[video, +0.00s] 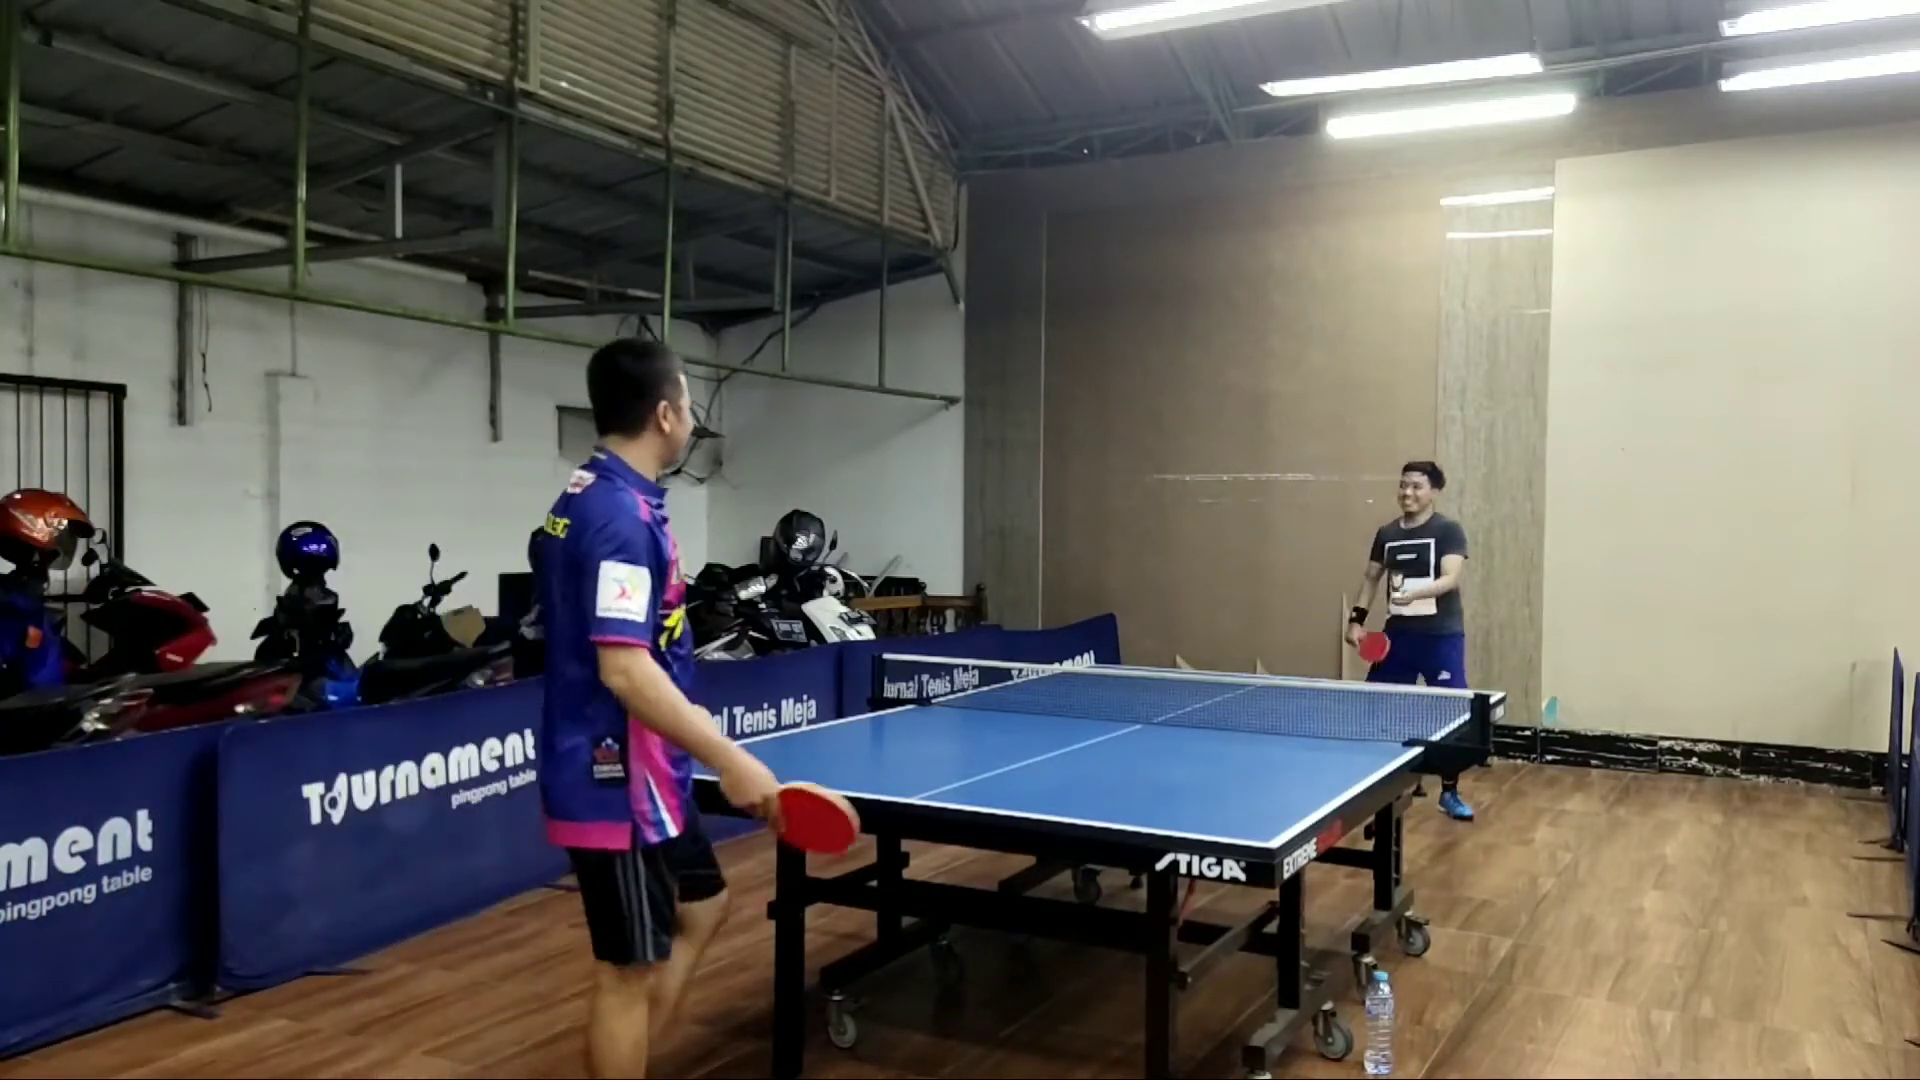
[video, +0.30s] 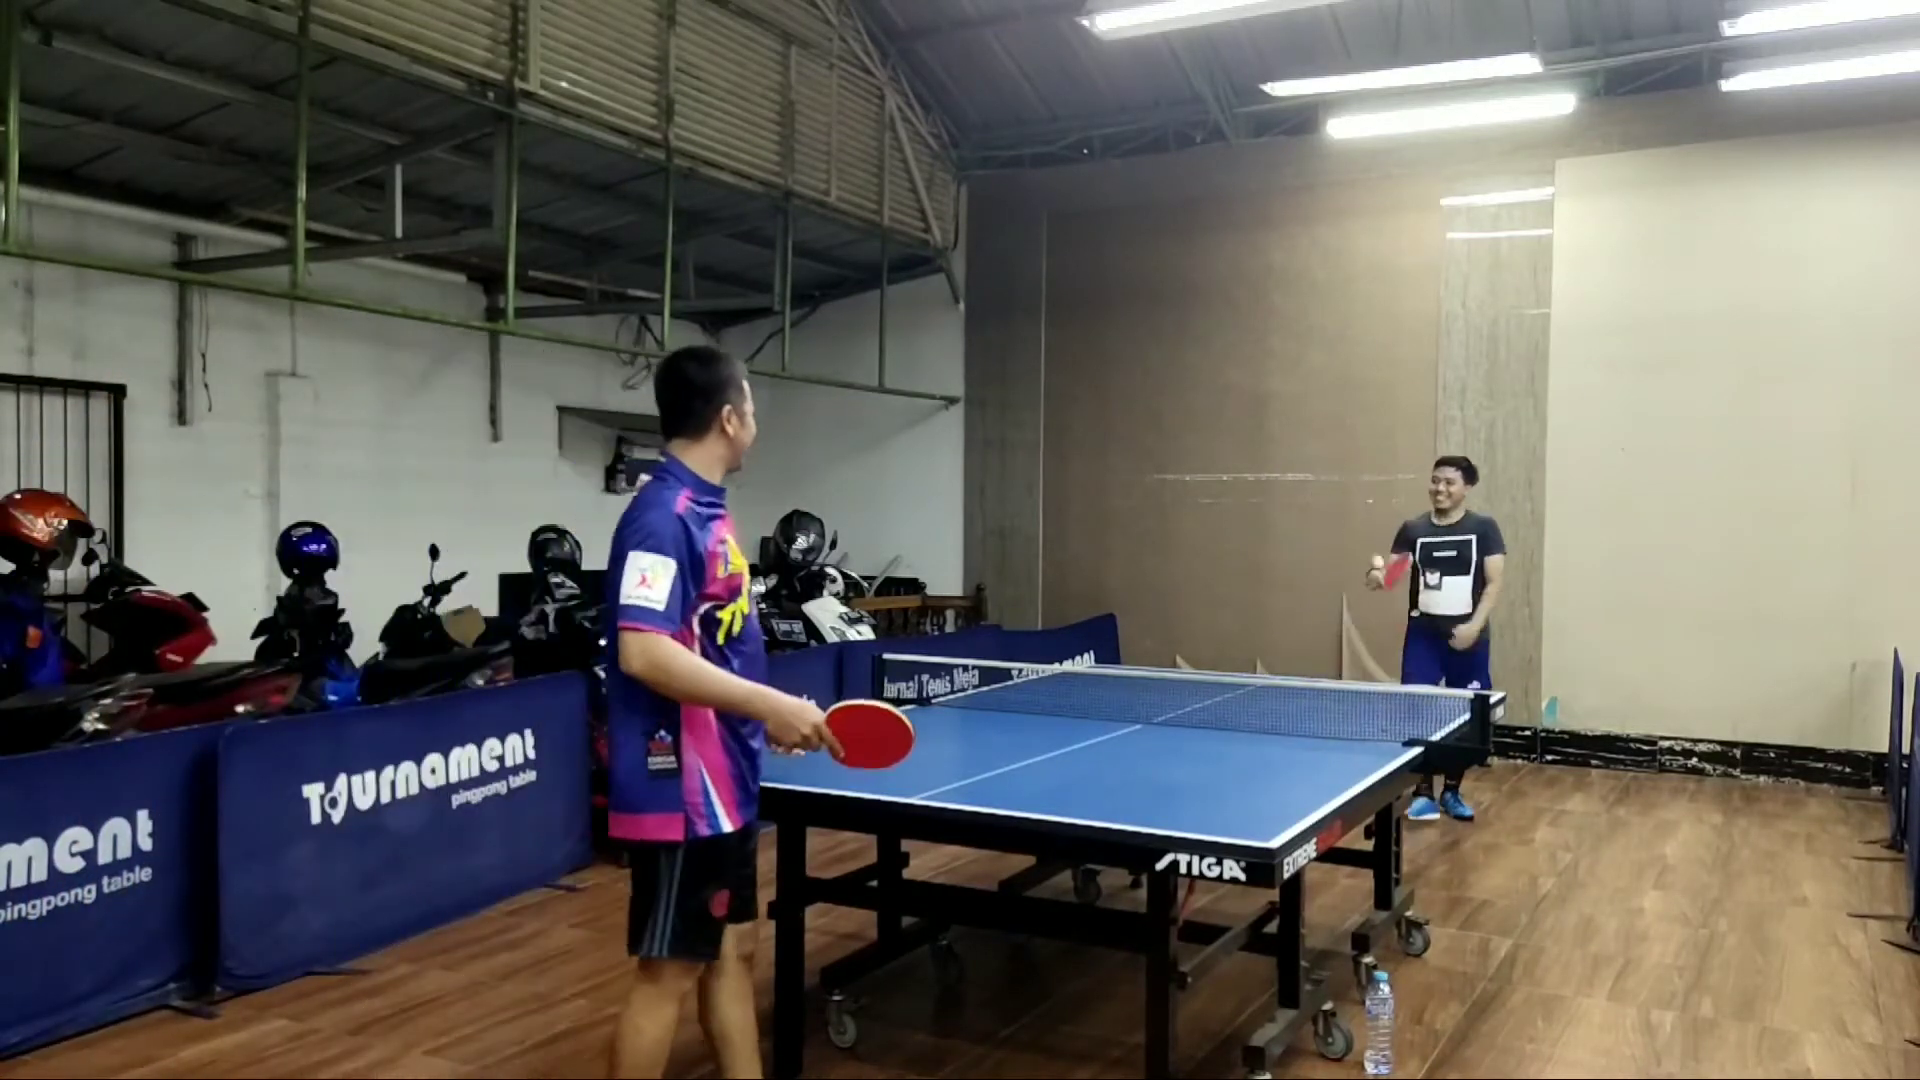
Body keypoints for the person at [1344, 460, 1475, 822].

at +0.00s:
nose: (1407, 492)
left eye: (1416, 486)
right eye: (1403, 486)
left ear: (1434, 492)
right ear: (1398, 491)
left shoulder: (1449, 531)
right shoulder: (1388, 534)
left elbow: (1451, 579)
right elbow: (1371, 579)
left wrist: (1415, 592)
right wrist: (1357, 619)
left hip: (1442, 640)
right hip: (1398, 639)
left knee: (1452, 711)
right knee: (1377, 707)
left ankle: (1449, 791)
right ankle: (1387, 785)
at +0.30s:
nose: (1440, 488)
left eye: (1449, 482)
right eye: (1436, 481)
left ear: (1467, 488)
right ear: (1429, 486)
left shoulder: (1483, 528)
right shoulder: (1413, 529)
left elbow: (1494, 581)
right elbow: (1391, 573)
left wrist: (1474, 626)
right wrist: (1378, 572)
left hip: (1467, 634)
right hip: (1422, 634)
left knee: (1466, 712)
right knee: (1419, 709)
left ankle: (1452, 791)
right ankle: (1423, 792)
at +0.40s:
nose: (1445, 492)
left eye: (1454, 486)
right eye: (1440, 484)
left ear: (1471, 492)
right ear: (1432, 489)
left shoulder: (1489, 530)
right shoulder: (1416, 533)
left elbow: (1503, 586)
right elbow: (1391, 580)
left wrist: (1513, 639)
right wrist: (1380, 570)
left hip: (1477, 641)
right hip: (1432, 639)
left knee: (1471, 716)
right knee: (1434, 713)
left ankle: (1453, 792)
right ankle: (1440, 797)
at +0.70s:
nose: (1448, 509)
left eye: (1455, 500)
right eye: (1440, 502)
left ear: (1470, 497)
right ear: (1433, 505)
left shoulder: (1498, 528)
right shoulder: (1427, 545)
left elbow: (1530, 569)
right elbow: (1414, 597)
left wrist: (1561, 608)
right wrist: (1411, 628)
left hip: (1493, 647)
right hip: (1447, 649)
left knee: (1501, 730)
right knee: (1454, 731)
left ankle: (1465, 786)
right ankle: (1465, 821)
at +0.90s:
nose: (1464, 499)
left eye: (1472, 490)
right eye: (1456, 491)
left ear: (1489, 490)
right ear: (1448, 492)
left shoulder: (1507, 522)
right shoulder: (1433, 538)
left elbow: (1524, 576)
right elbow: (1430, 598)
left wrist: (1541, 631)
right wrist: (1439, 651)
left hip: (1501, 638)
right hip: (1453, 643)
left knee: (1515, 718)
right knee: (1454, 729)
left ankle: (1499, 810)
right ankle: (1465, 819)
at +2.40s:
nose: (1442, 490)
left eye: (1452, 482)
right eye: (1438, 482)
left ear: (1478, 488)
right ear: (1433, 486)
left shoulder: (1504, 532)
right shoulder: (1429, 531)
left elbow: (1539, 593)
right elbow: (1420, 584)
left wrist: (1498, 647)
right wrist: (1412, 626)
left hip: (1496, 665)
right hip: (1442, 660)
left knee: (1501, 758)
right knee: (1429, 754)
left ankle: (1513, 866)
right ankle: (1439, 850)